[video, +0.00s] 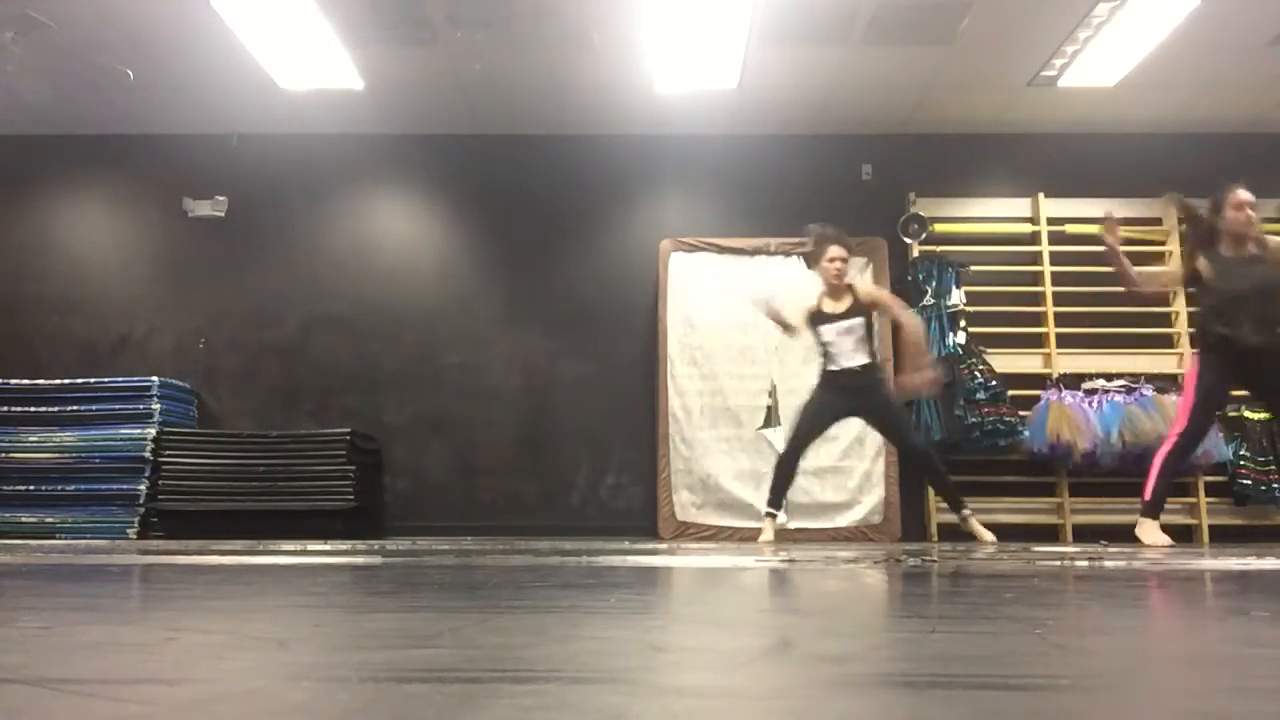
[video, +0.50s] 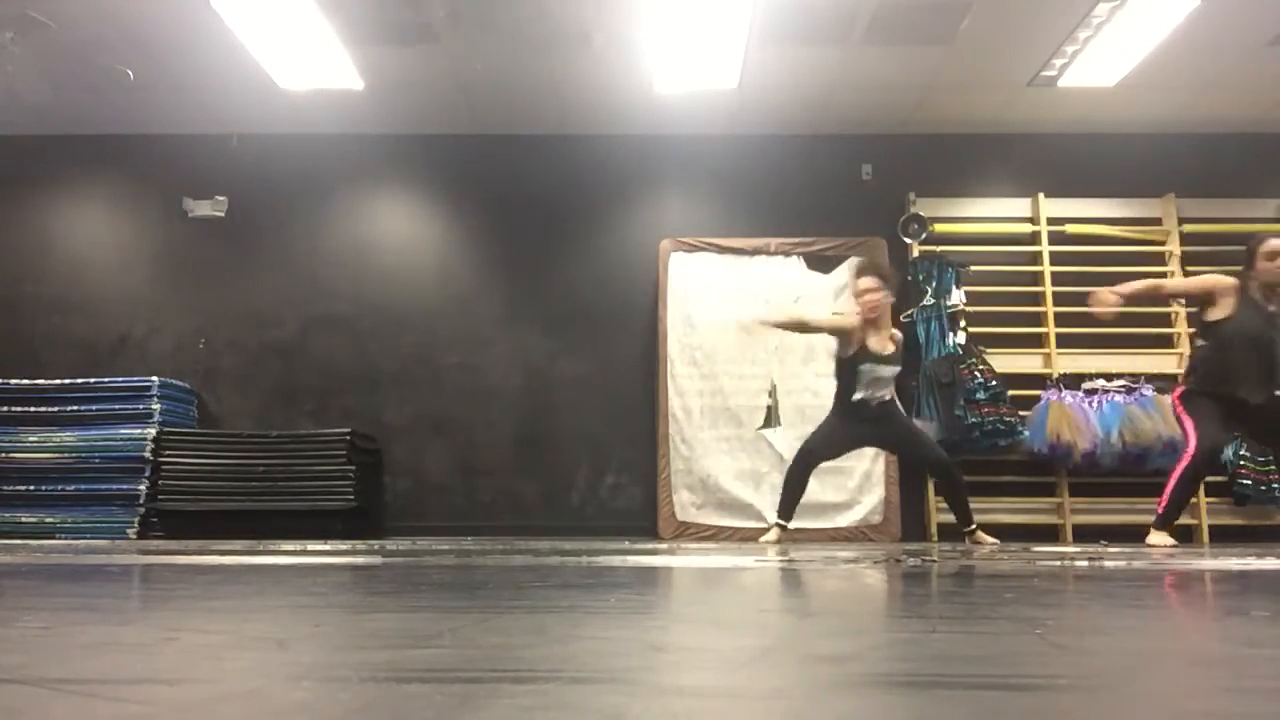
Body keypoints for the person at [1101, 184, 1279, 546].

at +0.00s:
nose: (1249, 214)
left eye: (1252, 207)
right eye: (1239, 207)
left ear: (1256, 214)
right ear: (1218, 215)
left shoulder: (1270, 250)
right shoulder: (1203, 262)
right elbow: (1140, 284)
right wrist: (1115, 250)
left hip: (1266, 357)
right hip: (1217, 357)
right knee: (1189, 432)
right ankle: (1147, 519)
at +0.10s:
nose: (1270, 233)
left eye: (1273, 226)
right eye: (1260, 228)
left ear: (1279, 236)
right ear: (1242, 241)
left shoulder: (1276, 285)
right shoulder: (1237, 291)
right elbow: (1225, 345)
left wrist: (1177, 335)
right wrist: (1177, 334)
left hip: (1271, 375)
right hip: (1236, 371)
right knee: (1202, 439)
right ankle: (1152, 519)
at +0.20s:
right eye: (1275, 236)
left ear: (1277, 243)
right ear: (1262, 246)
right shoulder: (1263, 297)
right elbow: (1272, 359)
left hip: (1266, 376)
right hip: (1232, 372)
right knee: (1210, 445)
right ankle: (1154, 526)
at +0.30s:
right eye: (1279, 253)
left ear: (1273, 256)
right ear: (1276, 256)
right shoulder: (1268, 286)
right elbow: (1242, 343)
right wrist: (1277, 353)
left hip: (1262, 382)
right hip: (1222, 377)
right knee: (1217, 445)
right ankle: (1162, 528)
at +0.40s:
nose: (1279, 265)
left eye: (1279, 258)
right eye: (1277, 258)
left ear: (1276, 261)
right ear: (1267, 260)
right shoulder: (1253, 287)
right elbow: (1186, 293)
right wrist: (1208, 339)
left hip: (1263, 393)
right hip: (1215, 384)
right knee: (1217, 444)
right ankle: (1160, 529)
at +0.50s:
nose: (1277, 264)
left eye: (1279, 258)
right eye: (1271, 257)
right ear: (1253, 264)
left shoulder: (1275, 305)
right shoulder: (1224, 288)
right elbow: (1162, 286)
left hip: (1256, 404)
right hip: (1204, 397)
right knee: (1207, 446)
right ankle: (1159, 529)